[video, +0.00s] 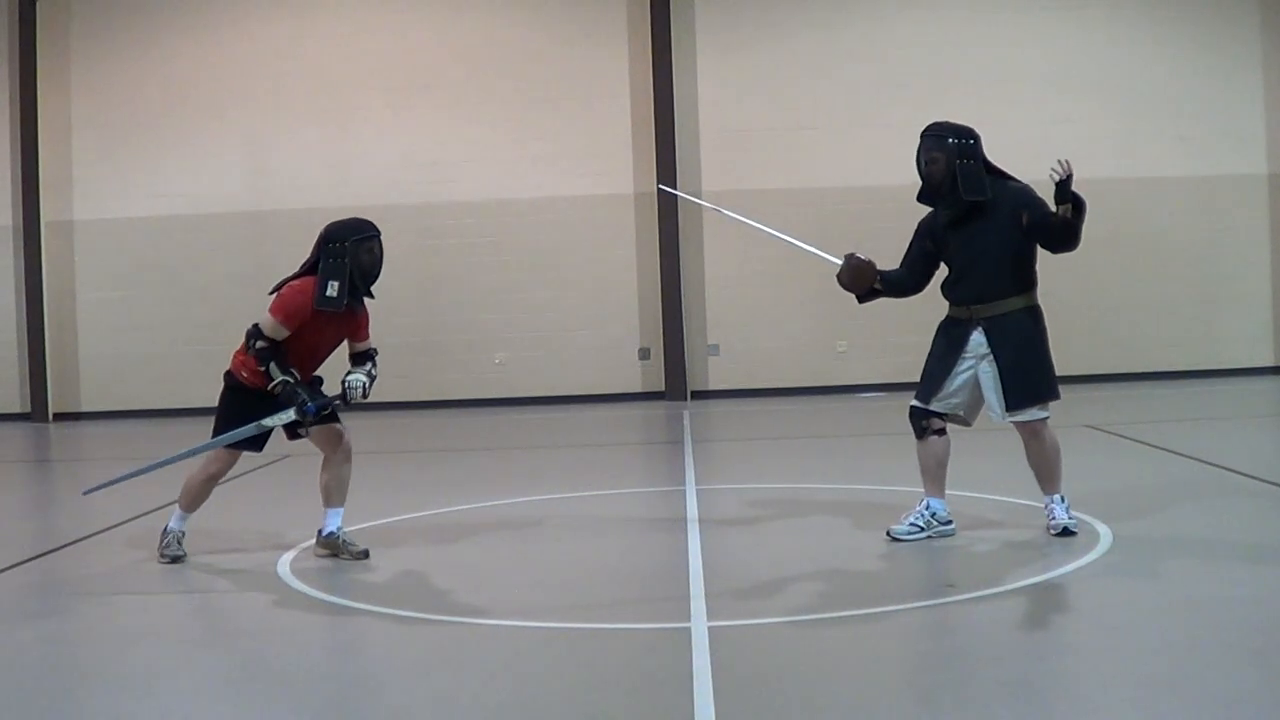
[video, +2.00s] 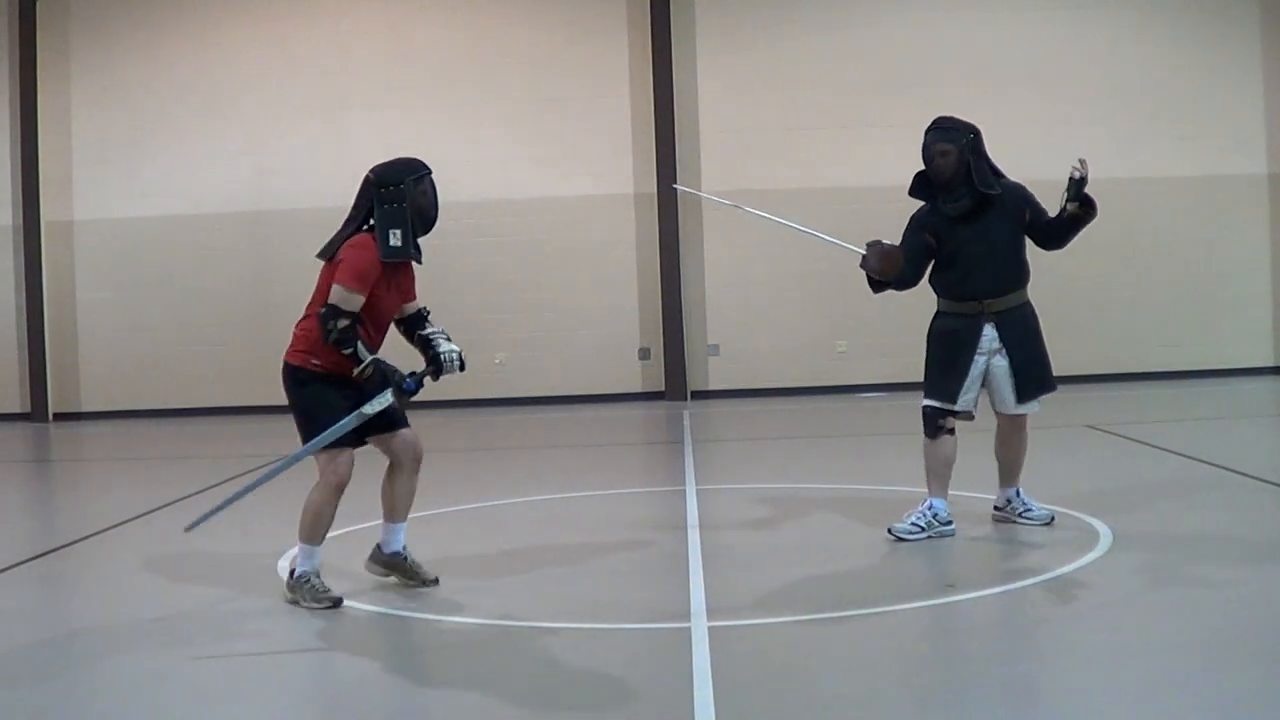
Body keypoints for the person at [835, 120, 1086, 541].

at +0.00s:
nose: (925, 171)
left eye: (933, 161)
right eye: (922, 162)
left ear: (960, 160)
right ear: (924, 163)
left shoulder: (1015, 198)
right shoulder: (937, 221)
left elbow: (1062, 241)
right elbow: (910, 279)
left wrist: (1068, 204)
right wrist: (870, 278)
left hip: (1014, 324)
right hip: (960, 326)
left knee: (1030, 418)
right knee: (927, 414)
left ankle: (1055, 504)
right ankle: (934, 509)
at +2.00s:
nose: (936, 163)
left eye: (944, 154)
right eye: (931, 156)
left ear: (968, 153)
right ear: (925, 161)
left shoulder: (1010, 196)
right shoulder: (928, 218)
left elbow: (1050, 237)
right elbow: (908, 274)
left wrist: (1073, 213)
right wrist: (881, 271)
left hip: (1011, 320)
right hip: (955, 324)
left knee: (1014, 412)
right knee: (937, 413)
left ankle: (1009, 497)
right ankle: (936, 508)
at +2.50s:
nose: (957, 173)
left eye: (966, 164)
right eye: (952, 165)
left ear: (989, 165)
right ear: (947, 170)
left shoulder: (1027, 211)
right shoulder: (946, 227)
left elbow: (1066, 254)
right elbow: (937, 290)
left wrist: (1088, 224)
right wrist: (913, 282)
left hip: (1022, 325)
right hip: (965, 329)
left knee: (1053, 410)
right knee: (937, 414)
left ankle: (1045, 476)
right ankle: (934, 509)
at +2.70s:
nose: (1009, 183)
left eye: (1017, 175)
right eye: (1004, 175)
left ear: (1041, 177)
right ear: (1000, 178)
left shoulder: (1075, 226)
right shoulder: (996, 225)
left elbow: (1126, 262)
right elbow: (950, 253)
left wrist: (1130, 229)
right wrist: (904, 245)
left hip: (1055, 337)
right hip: (997, 335)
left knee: (1086, 427)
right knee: (965, 421)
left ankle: (1091, 481)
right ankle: (930, 507)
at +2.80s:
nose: (1043, 179)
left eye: (1053, 172)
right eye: (1039, 171)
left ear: (1074, 175)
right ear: (1034, 175)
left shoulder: (1108, 224)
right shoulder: (1030, 223)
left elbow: (1153, 263)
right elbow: (981, 257)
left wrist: (1159, 240)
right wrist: (935, 254)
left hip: (1086, 336)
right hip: (1030, 332)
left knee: (1099, 430)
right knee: (993, 418)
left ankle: (1090, 490)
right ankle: (944, 491)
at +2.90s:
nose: (1074, 175)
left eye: (1083, 167)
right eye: (1069, 167)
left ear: (1103, 173)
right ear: (1063, 173)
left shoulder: (1131, 225)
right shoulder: (1056, 225)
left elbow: (1164, 266)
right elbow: (1030, 274)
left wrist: (1194, 273)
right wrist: (983, 290)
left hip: (1107, 334)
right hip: (1054, 331)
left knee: (1109, 421)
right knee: (1029, 414)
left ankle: (1093, 485)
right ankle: (1001, 467)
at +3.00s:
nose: (1097, 178)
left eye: (1105, 171)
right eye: (1093, 170)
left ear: (1126, 175)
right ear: (1086, 173)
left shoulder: (1152, 226)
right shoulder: (1080, 223)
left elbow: (1188, 269)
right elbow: (1049, 266)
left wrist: (1227, 302)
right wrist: (1006, 268)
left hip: (1126, 331)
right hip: (1076, 328)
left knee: (1116, 414)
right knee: (1063, 421)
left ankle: (1096, 482)